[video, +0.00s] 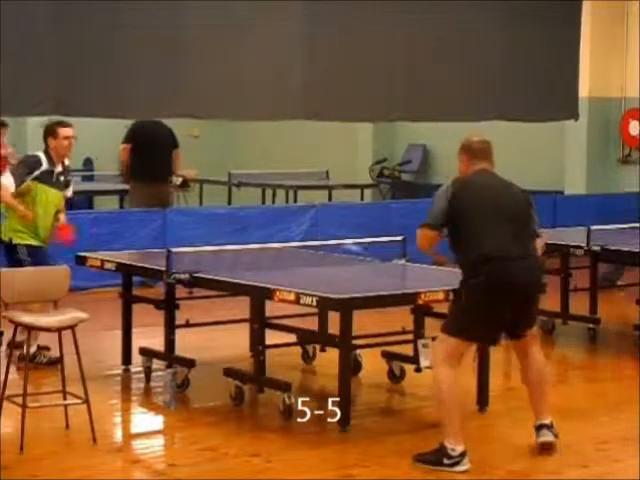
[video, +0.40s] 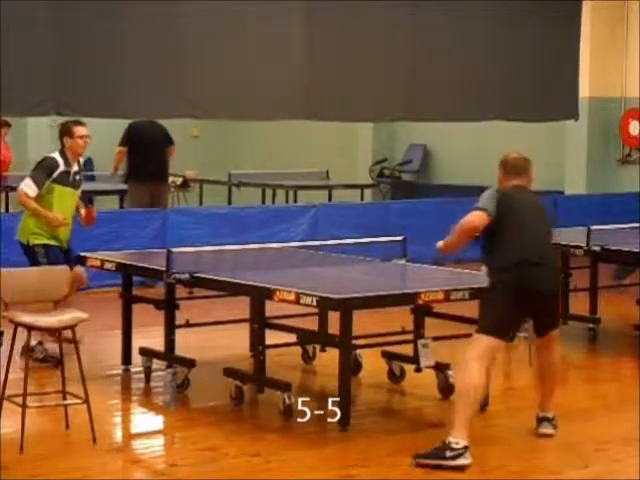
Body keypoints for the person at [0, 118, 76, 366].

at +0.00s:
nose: (70, 144)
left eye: (72, 139)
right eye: (66, 139)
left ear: (70, 142)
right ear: (51, 141)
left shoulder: (65, 172)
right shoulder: (32, 163)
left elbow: (60, 206)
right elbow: (5, 190)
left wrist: (61, 220)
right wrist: (22, 210)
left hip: (40, 237)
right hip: (19, 235)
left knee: (36, 290)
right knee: (37, 288)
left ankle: (21, 341)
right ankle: (27, 345)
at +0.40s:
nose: (86, 143)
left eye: (87, 138)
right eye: (81, 138)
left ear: (85, 141)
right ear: (67, 140)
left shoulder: (78, 167)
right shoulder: (51, 163)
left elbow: (74, 197)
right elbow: (23, 194)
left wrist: (83, 212)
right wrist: (47, 215)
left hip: (60, 237)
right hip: (37, 237)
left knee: (65, 284)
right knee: (52, 286)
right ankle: (35, 342)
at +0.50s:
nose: (91, 148)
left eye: (92, 143)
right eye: (86, 143)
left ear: (90, 146)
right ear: (72, 145)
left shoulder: (83, 171)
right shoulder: (56, 167)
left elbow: (80, 201)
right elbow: (26, 197)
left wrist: (87, 214)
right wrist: (50, 216)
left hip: (63, 238)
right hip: (40, 237)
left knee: (80, 281)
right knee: (54, 287)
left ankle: (68, 328)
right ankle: (38, 344)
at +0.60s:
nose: (99, 157)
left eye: (100, 153)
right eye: (94, 153)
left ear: (95, 156)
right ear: (79, 155)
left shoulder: (87, 181)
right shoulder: (63, 176)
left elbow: (86, 212)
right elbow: (39, 209)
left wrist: (94, 225)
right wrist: (74, 229)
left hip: (63, 245)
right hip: (42, 244)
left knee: (87, 285)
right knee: (55, 291)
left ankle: (68, 329)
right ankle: (38, 344)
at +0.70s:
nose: (101, 157)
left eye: (103, 152)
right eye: (97, 152)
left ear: (98, 156)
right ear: (82, 154)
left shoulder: (87, 182)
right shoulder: (67, 174)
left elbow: (88, 215)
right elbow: (50, 210)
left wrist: (96, 226)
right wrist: (84, 227)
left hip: (64, 244)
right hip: (43, 243)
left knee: (87, 284)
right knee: (64, 286)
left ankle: (68, 329)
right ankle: (40, 342)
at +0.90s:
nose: (102, 160)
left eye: (103, 155)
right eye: (98, 154)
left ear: (80, 155)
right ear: (83, 153)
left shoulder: (62, 170)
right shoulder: (81, 171)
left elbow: (52, 211)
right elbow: (94, 205)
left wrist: (78, 229)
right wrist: (128, 227)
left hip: (36, 239)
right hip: (49, 244)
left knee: (63, 290)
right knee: (74, 292)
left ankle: (54, 338)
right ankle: (48, 346)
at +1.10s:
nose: (106, 177)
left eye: (107, 172)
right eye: (103, 171)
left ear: (83, 171)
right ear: (88, 169)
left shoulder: (60, 185)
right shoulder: (90, 185)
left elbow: (31, 217)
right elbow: (107, 193)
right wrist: (129, 202)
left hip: (28, 250)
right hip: (52, 255)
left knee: (59, 300)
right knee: (80, 303)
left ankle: (42, 347)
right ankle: (48, 350)